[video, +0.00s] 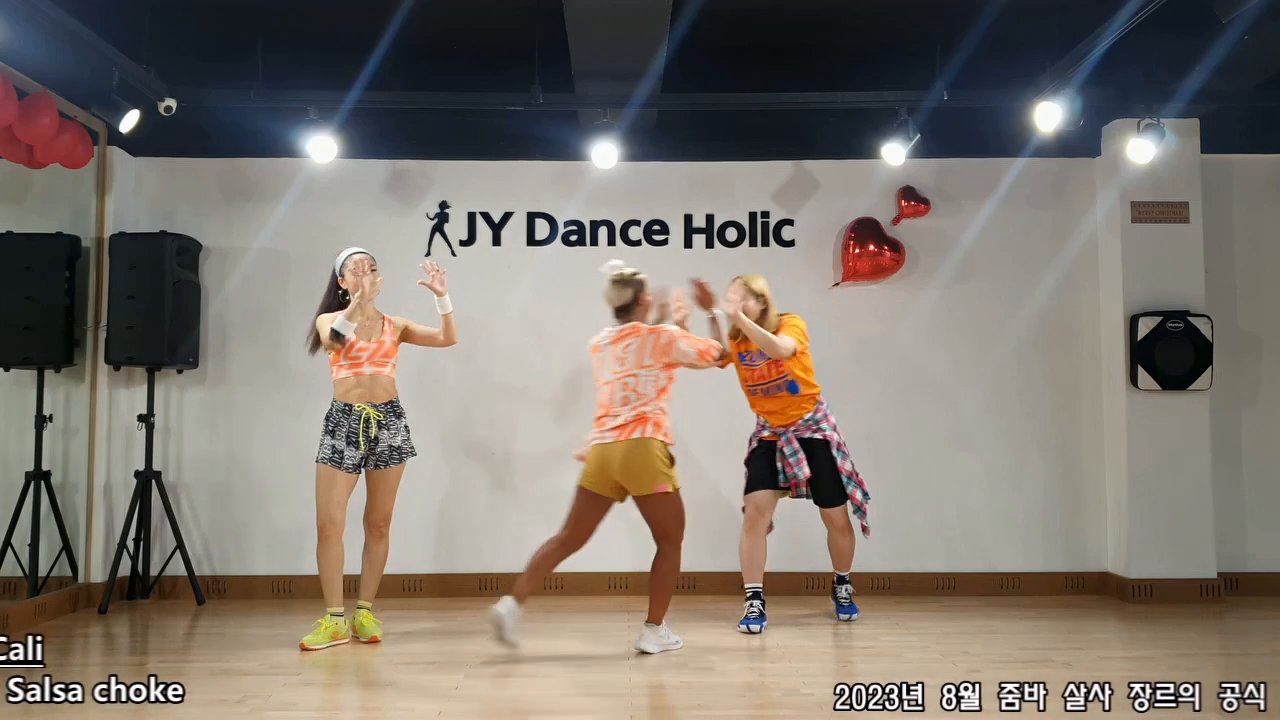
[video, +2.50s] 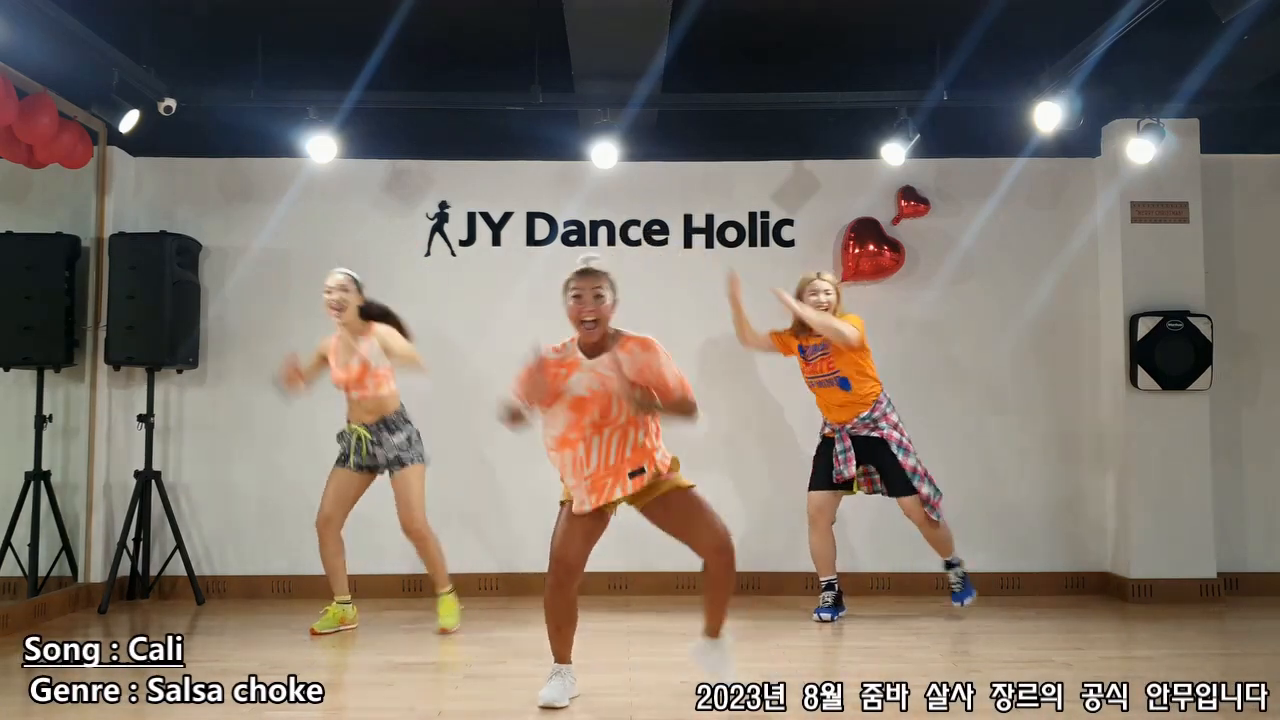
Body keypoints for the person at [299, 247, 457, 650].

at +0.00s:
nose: (364, 271)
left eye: (369, 266)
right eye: (355, 267)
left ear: (379, 278)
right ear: (342, 282)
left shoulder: (395, 324)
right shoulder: (329, 320)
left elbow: (447, 338)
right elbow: (337, 336)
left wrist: (441, 295)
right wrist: (356, 301)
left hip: (389, 422)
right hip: (343, 422)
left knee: (378, 525)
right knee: (328, 524)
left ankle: (364, 612)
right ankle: (335, 618)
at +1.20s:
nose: (361, 278)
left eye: (368, 272)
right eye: (353, 273)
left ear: (379, 282)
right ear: (343, 283)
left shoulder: (396, 324)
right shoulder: (328, 321)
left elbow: (395, 346)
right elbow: (326, 356)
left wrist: (372, 311)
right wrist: (349, 320)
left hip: (382, 425)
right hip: (337, 425)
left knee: (376, 522)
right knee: (332, 526)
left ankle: (366, 608)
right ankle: (342, 604)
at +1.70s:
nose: (333, 277)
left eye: (340, 271)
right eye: (327, 272)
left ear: (355, 281)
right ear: (321, 283)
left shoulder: (370, 321)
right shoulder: (315, 322)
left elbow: (388, 333)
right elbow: (268, 345)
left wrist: (353, 302)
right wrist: (297, 304)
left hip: (368, 422)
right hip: (326, 423)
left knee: (348, 509)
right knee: (327, 518)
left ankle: (363, 586)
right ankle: (341, 602)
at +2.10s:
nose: (306, 294)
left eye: (315, 287)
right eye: (302, 289)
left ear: (336, 291)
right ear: (301, 297)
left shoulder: (359, 326)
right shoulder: (309, 339)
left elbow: (400, 322)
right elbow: (273, 354)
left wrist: (372, 328)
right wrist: (271, 367)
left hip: (371, 429)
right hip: (332, 435)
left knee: (382, 515)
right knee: (323, 522)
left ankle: (396, 582)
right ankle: (342, 604)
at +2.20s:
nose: (306, 288)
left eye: (313, 282)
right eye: (306, 283)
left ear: (336, 285)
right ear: (311, 289)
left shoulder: (355, 317)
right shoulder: (311, 325)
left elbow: (372, 276)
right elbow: (269, 314)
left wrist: (329, 258)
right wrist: (259, 284)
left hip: (375, 418)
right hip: (338, 426)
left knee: (408, 505)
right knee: (332, 518)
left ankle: (440, 581)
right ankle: (343, 603)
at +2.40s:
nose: (318, 288)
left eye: (326, 280)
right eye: (314, 282)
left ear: (348, 287)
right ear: (313, 290)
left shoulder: (363, 324)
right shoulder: (322, 328)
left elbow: (364, 294)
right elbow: (275, 321)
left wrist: (316, 269)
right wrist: (257, 291)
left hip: (389, 420)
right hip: (353, 428)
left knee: (422, 512)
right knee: (333, 516)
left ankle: (462, 588)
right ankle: (343, 604)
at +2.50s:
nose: (334, 298)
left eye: (343, 291)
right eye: (328, 291)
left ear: (360, 297)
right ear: (323, 298)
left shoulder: (379, 332)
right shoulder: (329, 345)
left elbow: (416, 362)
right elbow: (301, 383)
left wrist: (377, 361)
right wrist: (293, 375)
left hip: (396, 433)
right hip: (358, 438)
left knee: (413, 523)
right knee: (327, 522)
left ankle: (446, 595)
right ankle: (342, 605)